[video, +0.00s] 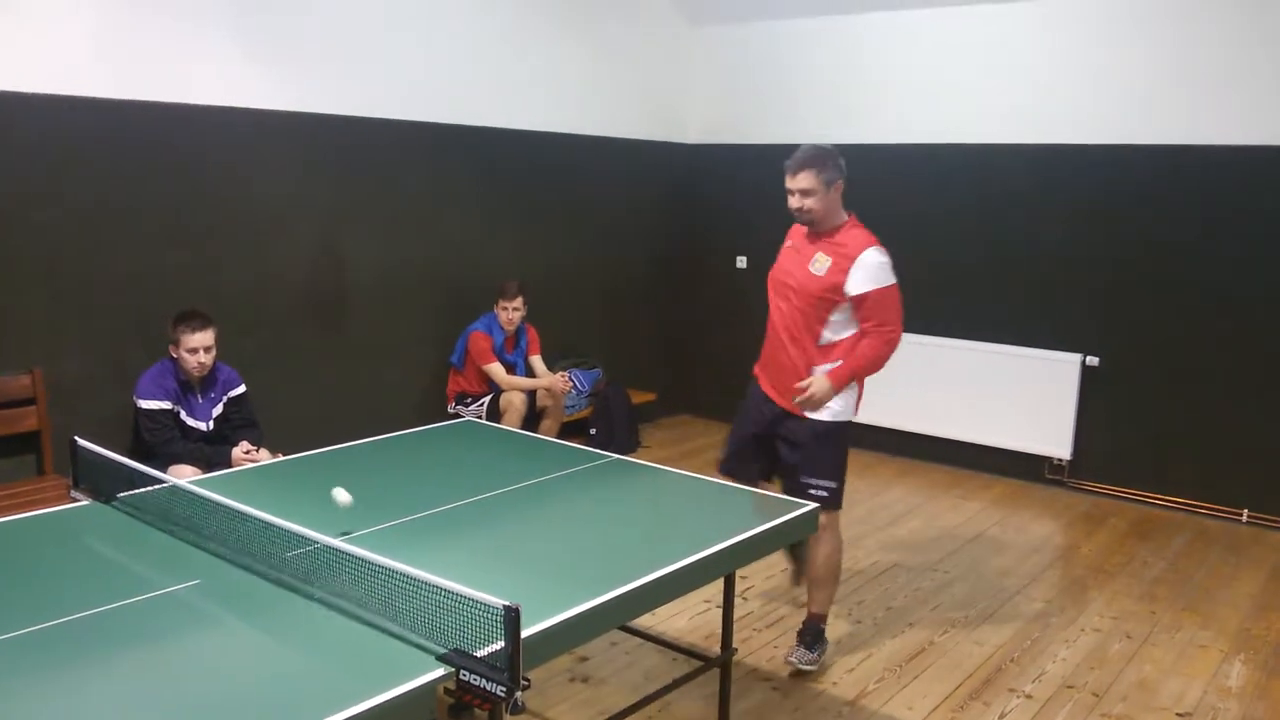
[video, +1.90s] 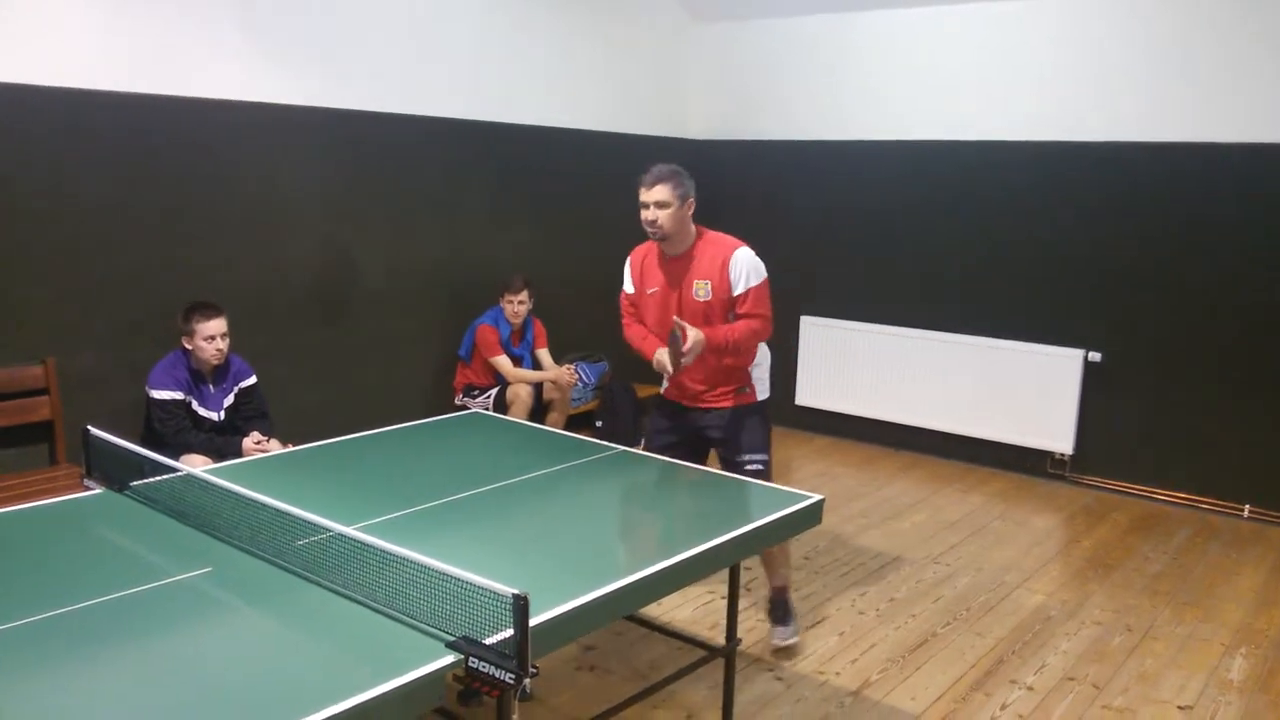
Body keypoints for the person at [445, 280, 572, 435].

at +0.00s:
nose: (510, 316)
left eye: (516, 310)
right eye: (504, 309)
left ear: (524, 311)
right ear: (496, 309)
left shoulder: (528, 333)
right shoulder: (479, 335)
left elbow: (542, 372)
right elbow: (504, 382)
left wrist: (556, 381)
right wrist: (548, 383)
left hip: (501, 396)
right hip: (465, 402)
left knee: (555, 397)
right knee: (517, 400)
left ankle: (541, 458)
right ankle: (503, 458)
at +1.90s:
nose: (515, 309)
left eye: (521, 303)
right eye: (509, 302)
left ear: (531, 304)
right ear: (501, 303)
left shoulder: (534, 326)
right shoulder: (486, 329)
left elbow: (549, 366)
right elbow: (511, 375)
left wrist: (563, 374)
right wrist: (553, 376)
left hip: (509, 387)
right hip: (473, 394)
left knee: (562, 391)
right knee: (523, 392)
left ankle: (547, 450)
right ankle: (511, 450)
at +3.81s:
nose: (515, 313)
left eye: (521, 307)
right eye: (510, 306)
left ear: (528, 308)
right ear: (500, 306)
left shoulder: (531, 329)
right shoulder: (483, 331)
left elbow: (545, 369)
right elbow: (507, 379)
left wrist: (559, 378)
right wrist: (551, 379)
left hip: (504, 391)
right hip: (469, 398)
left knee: (558, 393)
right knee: (519, 396)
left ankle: (545, 452)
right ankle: (507, 452)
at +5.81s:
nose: (502, 319)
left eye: (508, 313)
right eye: (497, 313)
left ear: (518, 314)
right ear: (488, 313)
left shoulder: (521, 337)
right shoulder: (471, 339)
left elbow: (536, 378)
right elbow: (496, 387)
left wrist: (550, 386)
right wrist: (541, 387)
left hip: (495, 398)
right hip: (459, 405)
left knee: (548, 401)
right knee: (509, 403)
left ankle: (537, 463)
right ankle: (497, 463)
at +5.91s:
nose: (505, 320)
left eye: (511, 314)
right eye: (500, 313)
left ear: (520, 315)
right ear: (491, 313)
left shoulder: (523, 337)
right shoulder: (474, 340)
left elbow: (538, 378)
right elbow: (499, 387)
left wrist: (552, 386)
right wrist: (542, 387)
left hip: (497, 400)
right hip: (461, 406)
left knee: (550, 401)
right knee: (511, 403)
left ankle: (537, 463)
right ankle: (498, 462)